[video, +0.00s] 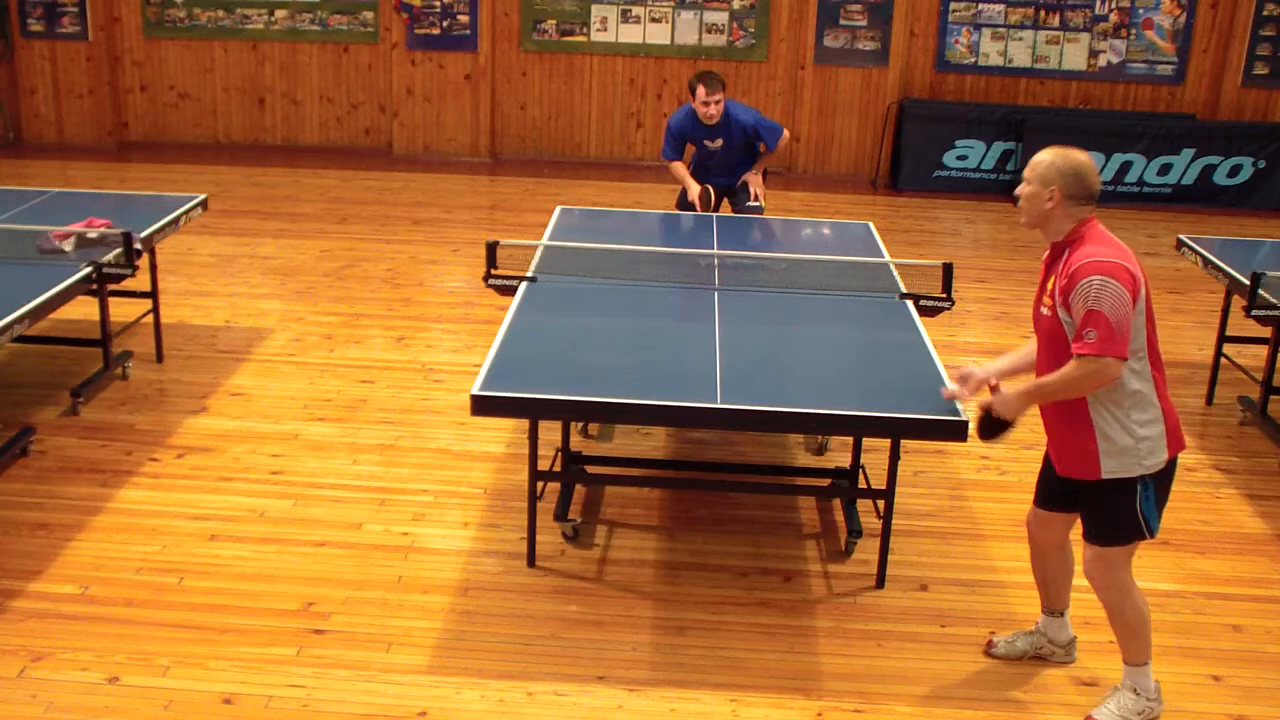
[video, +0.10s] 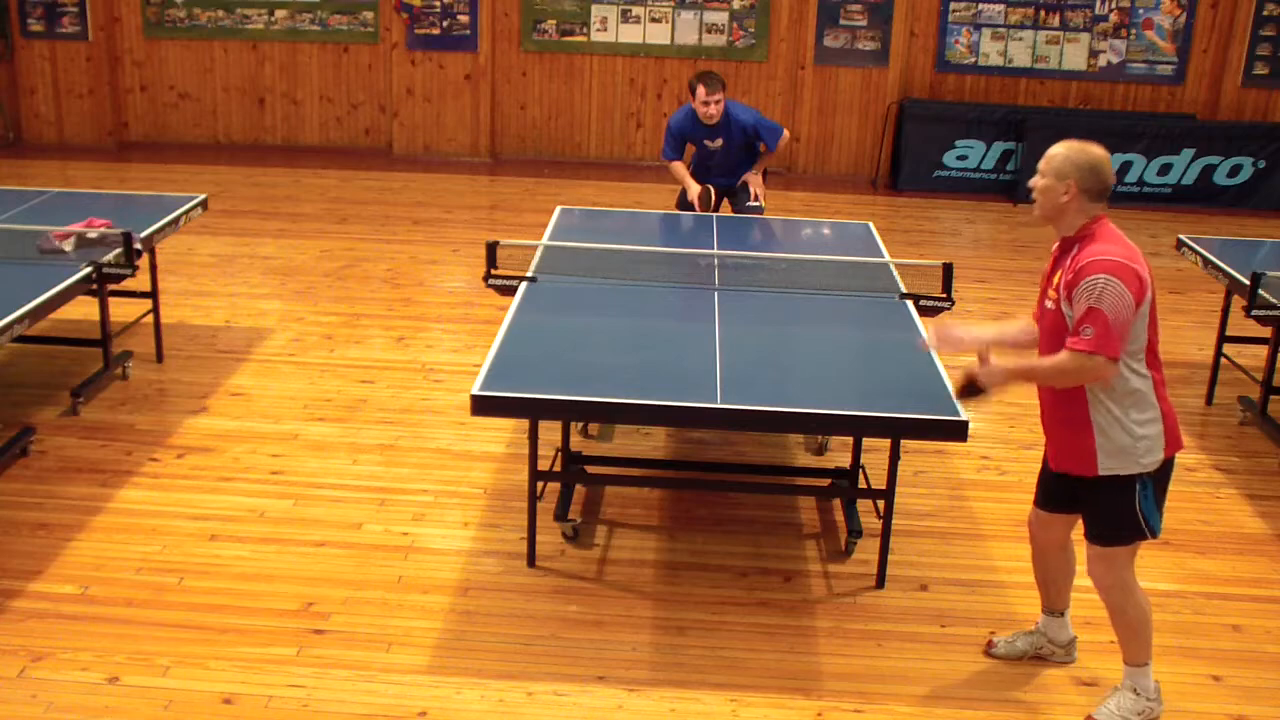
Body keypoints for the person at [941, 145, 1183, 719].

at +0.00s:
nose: (1015, 193)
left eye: (1024, 185)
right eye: (1019, 183)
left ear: (1055, 198)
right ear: (1058, 199)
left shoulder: (1098, 270)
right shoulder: (1063, 252)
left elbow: (1102, 366)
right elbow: (1054, 343)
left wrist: (1026, 394)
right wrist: (992, 370)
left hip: (1126, 446)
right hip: (1077, 432)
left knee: (1107, 569)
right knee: (1045, 529)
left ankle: (1141, 689)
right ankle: (1054, 633)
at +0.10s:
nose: (1030, 183)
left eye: (1040, 176)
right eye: (1035, 174)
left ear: (1069, 192)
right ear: (1070, 192)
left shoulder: (1107, 266)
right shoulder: (1070, 248)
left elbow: (1090, 363)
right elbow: (1042, 331)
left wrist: (1006, 372)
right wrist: (966, 335)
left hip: (1124, 444)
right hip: (1075, 431)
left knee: (1111, 568)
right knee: (1046, 528)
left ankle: (1141, 688)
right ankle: (1055, 632)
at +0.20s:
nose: (1043, 179)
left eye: (1052, 172)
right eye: (1047, 170)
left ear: (1082, 189)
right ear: (1084, 188)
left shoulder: (1116, 264)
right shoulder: (1073, 245)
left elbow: (1084, 357)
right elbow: (1030, 305)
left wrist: (999, 336)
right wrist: (958, 280)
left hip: (1123, 445)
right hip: (1073, 433)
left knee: (1113, 565)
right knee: (1050, 526)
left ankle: (1141, 688)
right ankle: (1055, 633)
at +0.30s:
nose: (1056, 174)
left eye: (1066, 167)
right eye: (1061, 164)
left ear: (1096, 187)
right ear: (1096, 188)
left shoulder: (1128, 265)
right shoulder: (1071, 238)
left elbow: (1082, 351)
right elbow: (1011, 265)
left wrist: (1011, 299)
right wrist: (967, 213)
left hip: (1123, 444)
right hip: (1069, 431)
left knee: (1117, 566)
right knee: (1051, 526)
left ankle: (1141, 689)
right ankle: (1055, 632)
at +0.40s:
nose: (1064, 169)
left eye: (1076, 164)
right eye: (1071, 161)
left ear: (1104, 190)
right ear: (1101, 190)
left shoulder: (1134, 270)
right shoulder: (1071, 231)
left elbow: (1087, 355)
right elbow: (1011, 246)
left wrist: (1021, 306)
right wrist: (967, 197)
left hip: (1123, 443)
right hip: (1069, 430)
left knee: (1119, 563)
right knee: (1053, 526)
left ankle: (1142, 688)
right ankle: (1055, 632)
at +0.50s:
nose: (1071, 171)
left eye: (1083, 167)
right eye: (1079, 163)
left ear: (1108, 197)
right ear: (1102, 196)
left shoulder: (1137, 277)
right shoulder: (1068, 232)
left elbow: (1099, 366)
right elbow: (1009, 238)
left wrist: (1026, 338)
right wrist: (960, 199)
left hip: (1123, 447)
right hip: (1068, 432)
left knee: (1121, 564)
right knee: (1053, 528)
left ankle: (1142, 689)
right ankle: (1055, 632)